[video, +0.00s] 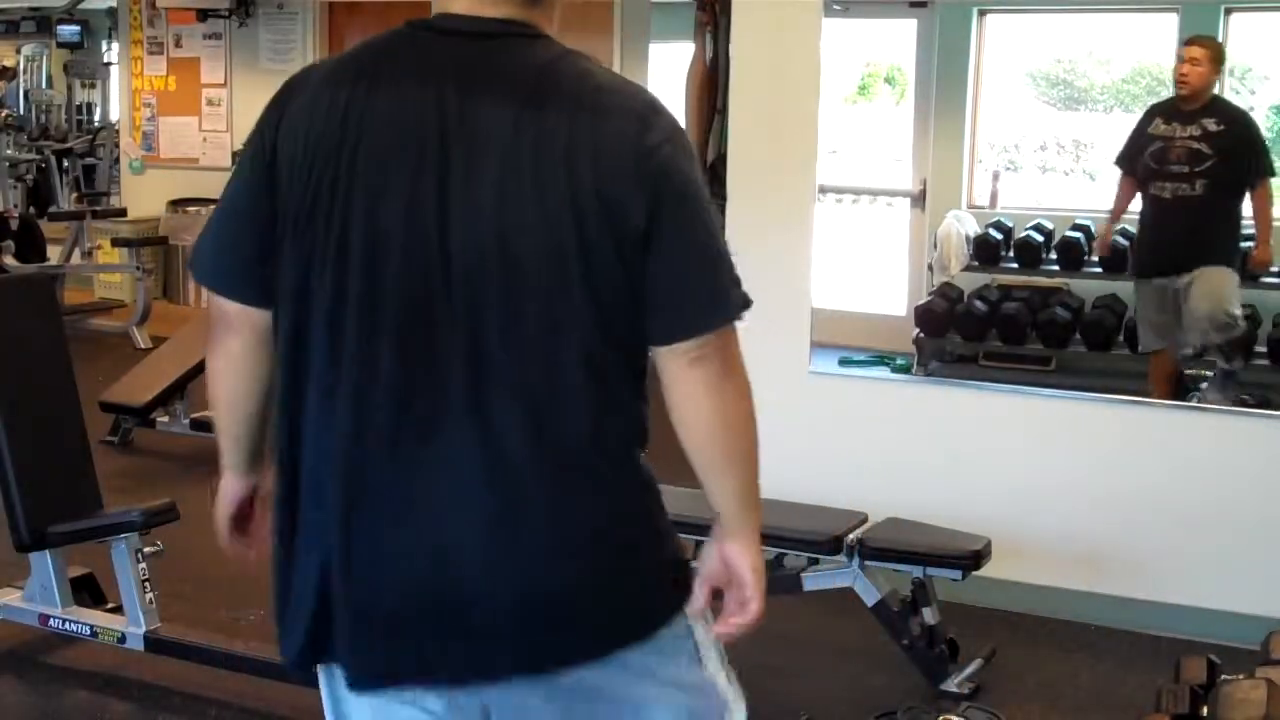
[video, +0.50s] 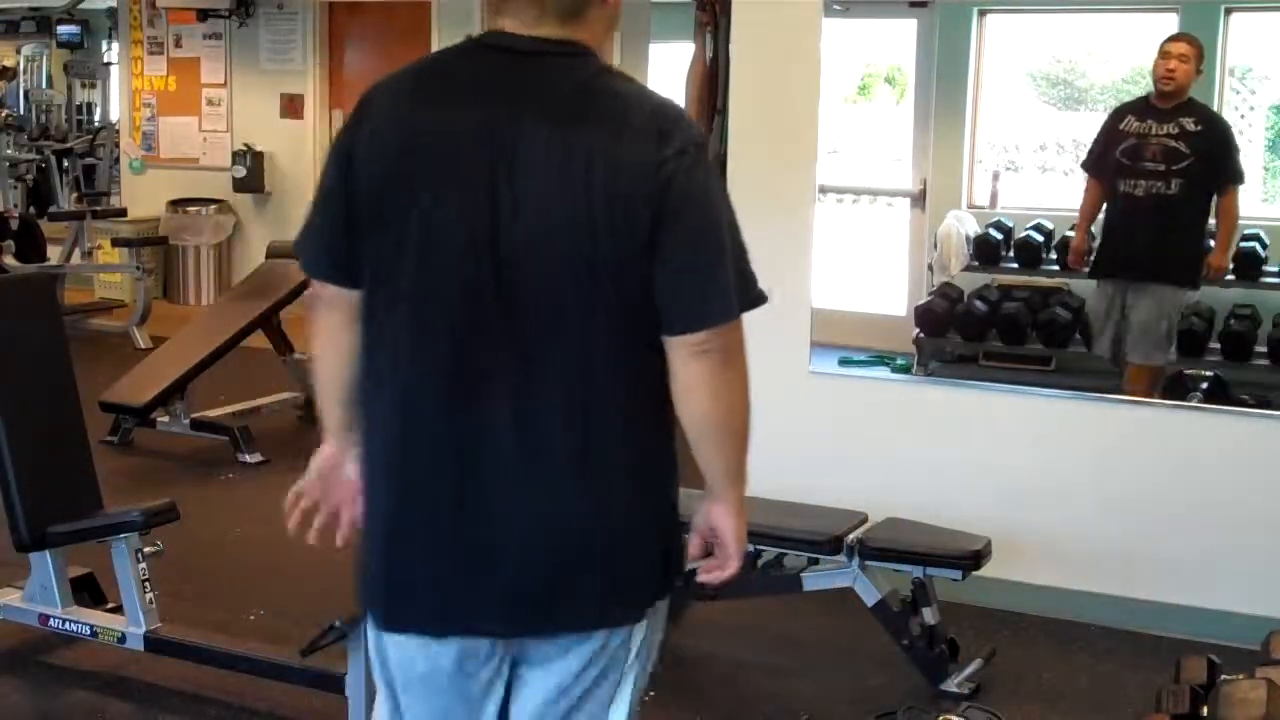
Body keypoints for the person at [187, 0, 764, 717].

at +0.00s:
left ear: (433, 0)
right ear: (547, 3)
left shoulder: (310, 108)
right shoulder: (627, 125)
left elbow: (238, 313)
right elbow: (697, 349)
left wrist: (238, 465)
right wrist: (737, 526)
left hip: (370, 602)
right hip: (589, 602)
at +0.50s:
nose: (617, 20)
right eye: (618, 16)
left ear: (492, 5)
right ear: (610, 9)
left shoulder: (388, 111)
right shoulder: (658, 140)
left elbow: (333, 295)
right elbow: (703, 342)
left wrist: (339, 439)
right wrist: (724, 494)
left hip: (425, 545)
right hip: (598, 553)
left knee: (420, 709)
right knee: (574, 709)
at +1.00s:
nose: (656, 18)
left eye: (656, 11)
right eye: (656, 10)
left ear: (547, 6)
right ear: (636, 7)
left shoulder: (470, 106)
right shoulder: (633, 131)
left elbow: (443, 271)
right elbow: (673, 323)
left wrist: (447, 399)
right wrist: (739, 462)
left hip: (485, 499)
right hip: (596, 520)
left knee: (499, 704)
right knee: (588, 707)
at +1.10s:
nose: (656, 18)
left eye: (657, 9)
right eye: (657, 6)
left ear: (550, 5)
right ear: (635, 5)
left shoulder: (502, 97)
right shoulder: (602, 122)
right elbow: (628, 314)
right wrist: (685, 461)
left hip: (501, 487)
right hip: (589, 506)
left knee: (516, 702)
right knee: (593, 706)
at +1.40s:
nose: (670, 14)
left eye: (669, 3)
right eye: (659, 0)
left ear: (601, 8)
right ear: (600, 1)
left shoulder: (611, 110)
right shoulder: (523, 104)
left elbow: (612, 278)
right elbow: (509, 276)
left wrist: (630, 426)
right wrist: (584, 435)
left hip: (606, 465)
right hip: (539, 475)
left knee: (604, 699)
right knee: (535, 703)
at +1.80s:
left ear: (613, 4)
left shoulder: (623, 119)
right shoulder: (450, 117)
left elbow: (656, 261)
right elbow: (408, 280)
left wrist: (709, 337)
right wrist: (460, 447)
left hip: (611, 478)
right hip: (494, 485)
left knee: (593, 701)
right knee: (461, 704)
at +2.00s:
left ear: (571, 3)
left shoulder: (587, 120)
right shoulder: (413, 113)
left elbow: (629, 270)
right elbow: (378, 285)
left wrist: (651, 236)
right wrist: (450, 448)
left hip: (579, 483)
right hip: (457, 495)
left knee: (568, 701)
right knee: (440, 703)